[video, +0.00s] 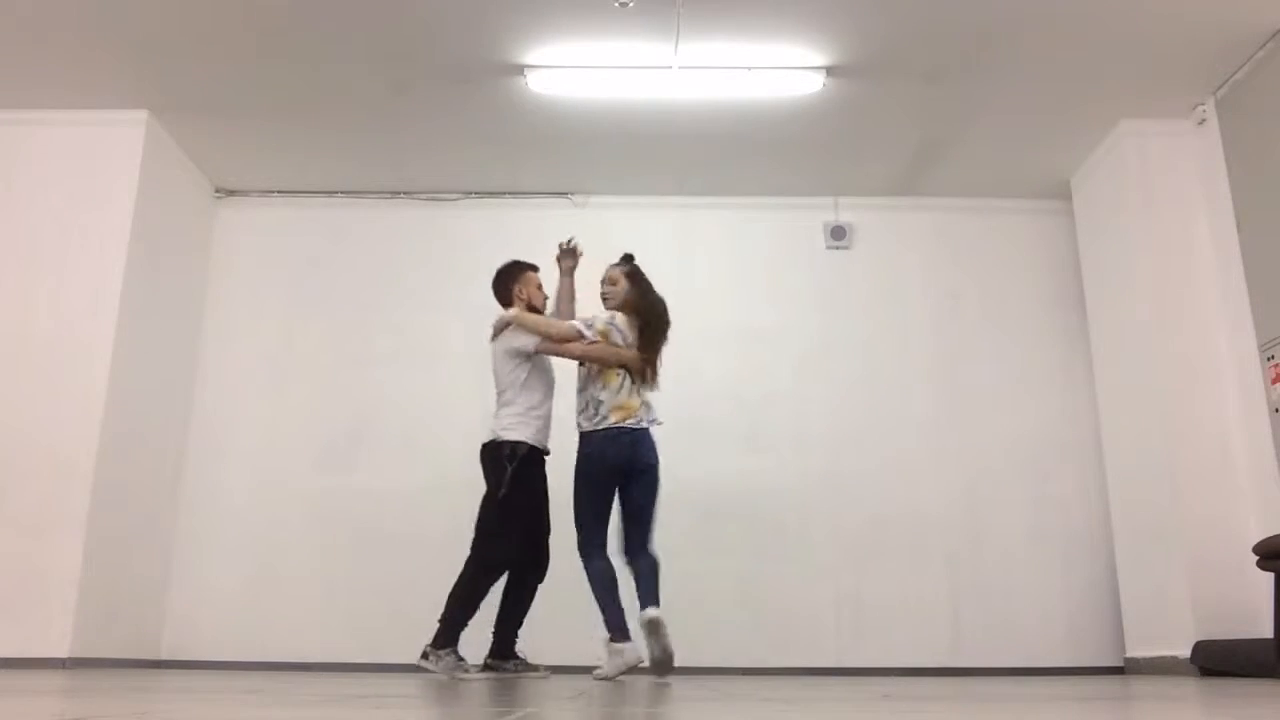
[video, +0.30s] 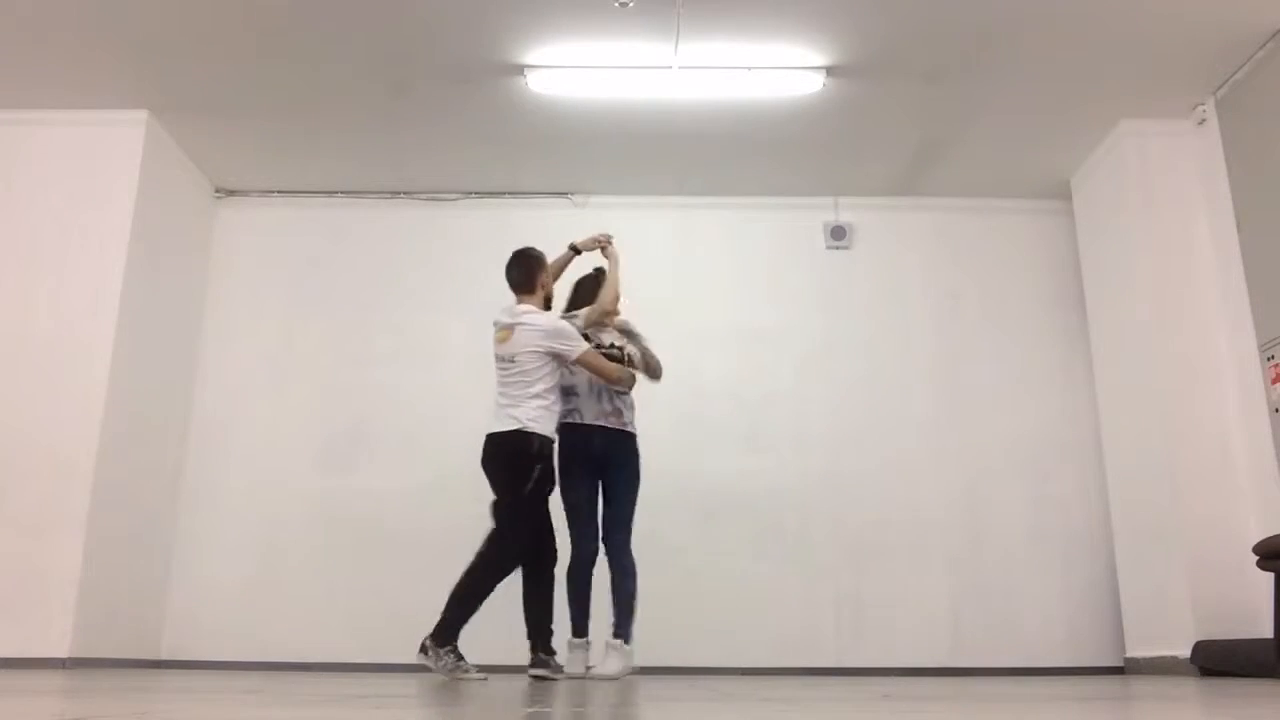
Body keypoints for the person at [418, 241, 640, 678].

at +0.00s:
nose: (546, 292)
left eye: (543, 285)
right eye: (538, 285)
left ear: (520, 294)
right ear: (518, 293)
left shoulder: (529, 328)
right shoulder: (513, 328)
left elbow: (565, 327)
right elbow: (577, 346)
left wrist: (566, 275)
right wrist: (631, 357)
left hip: (528, 453)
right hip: (510, 452)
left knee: (533, 560)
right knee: (492, 553)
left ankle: (502, 652)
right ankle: (440, 646)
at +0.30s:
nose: (552, 278)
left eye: (547, 274)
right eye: (549, 275)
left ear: (512, 283)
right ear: (544, 282)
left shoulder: (503, 322)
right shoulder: (551, 326)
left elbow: (542, 286)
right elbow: (611, 373)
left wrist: (576, 250)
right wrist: (630, 374)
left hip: (500, 446)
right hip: (531, 447)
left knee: (541, 550)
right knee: (508, 546)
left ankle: (541, 652)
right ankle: (440, 640)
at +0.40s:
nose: (609, 309)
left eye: (605, 302)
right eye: (603, 302)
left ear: (582, 306)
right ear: (589, 307)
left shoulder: (606, 347)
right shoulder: (573, 331)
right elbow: (627, 301)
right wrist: (612, 257)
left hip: (605, 442)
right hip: (581, 440)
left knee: (596, 542)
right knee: (594, 541)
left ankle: (584, 644)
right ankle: (589, 644)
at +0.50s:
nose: (613, 306)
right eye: (607, 299)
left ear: (568, 301)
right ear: (600, 304)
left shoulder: (556, 323)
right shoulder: (596, 323)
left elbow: (524, 291)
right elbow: (634, 301)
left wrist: (555, 268)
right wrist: (600, 266)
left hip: (565, 426)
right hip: (596, 424)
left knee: (581, 537)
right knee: (593, 537)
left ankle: (578, 640)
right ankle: (551, 622)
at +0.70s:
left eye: (551, 280)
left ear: (551, 285)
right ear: (588, 285)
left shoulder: (533, 319)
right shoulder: (607, 330)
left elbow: (496, 312)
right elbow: (633, 391)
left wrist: (515, 287)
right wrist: (600, 373)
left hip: (538, 445)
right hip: (590, 447)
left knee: (542, 550)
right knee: (619, 545)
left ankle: (542, 655)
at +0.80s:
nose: (557, 293)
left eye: (557, 288)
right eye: (560, 288)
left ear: (561, 289)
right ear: (596, 289)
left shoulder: (545, 326)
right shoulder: (620, 335)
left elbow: (488, 335)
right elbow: (639, 394)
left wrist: (495, 310)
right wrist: (606, 369)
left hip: (558, 450)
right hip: (610, 453)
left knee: (552, 554)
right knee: (629, 552)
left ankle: (544, 654)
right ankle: (653, 651)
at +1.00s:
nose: (577, 302)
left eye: (579, 296)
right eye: (578, 297)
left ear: (586, 298)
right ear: (616, 300)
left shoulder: (580, 337)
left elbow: (526, 382)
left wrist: (496, 355)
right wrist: (542, 319)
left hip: (599, 454)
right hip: (647, 455)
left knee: (559, 552)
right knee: (649, 560)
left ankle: (594, 636)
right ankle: (653, 654)